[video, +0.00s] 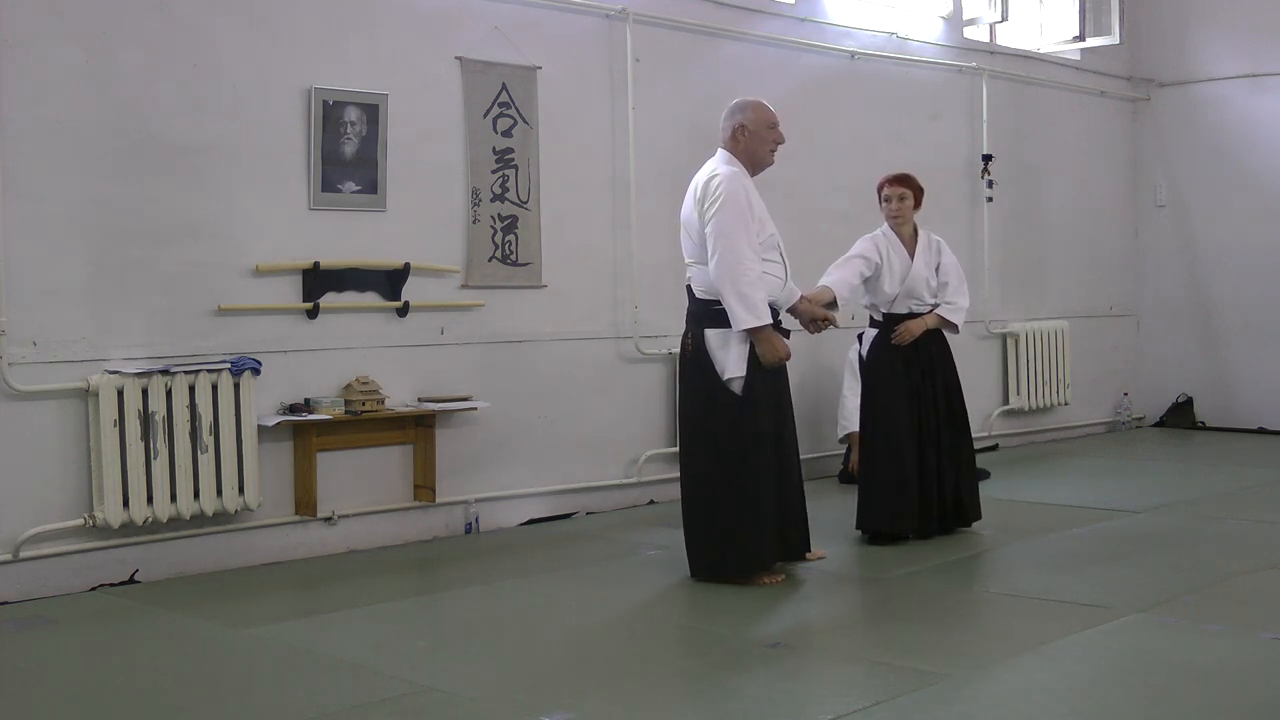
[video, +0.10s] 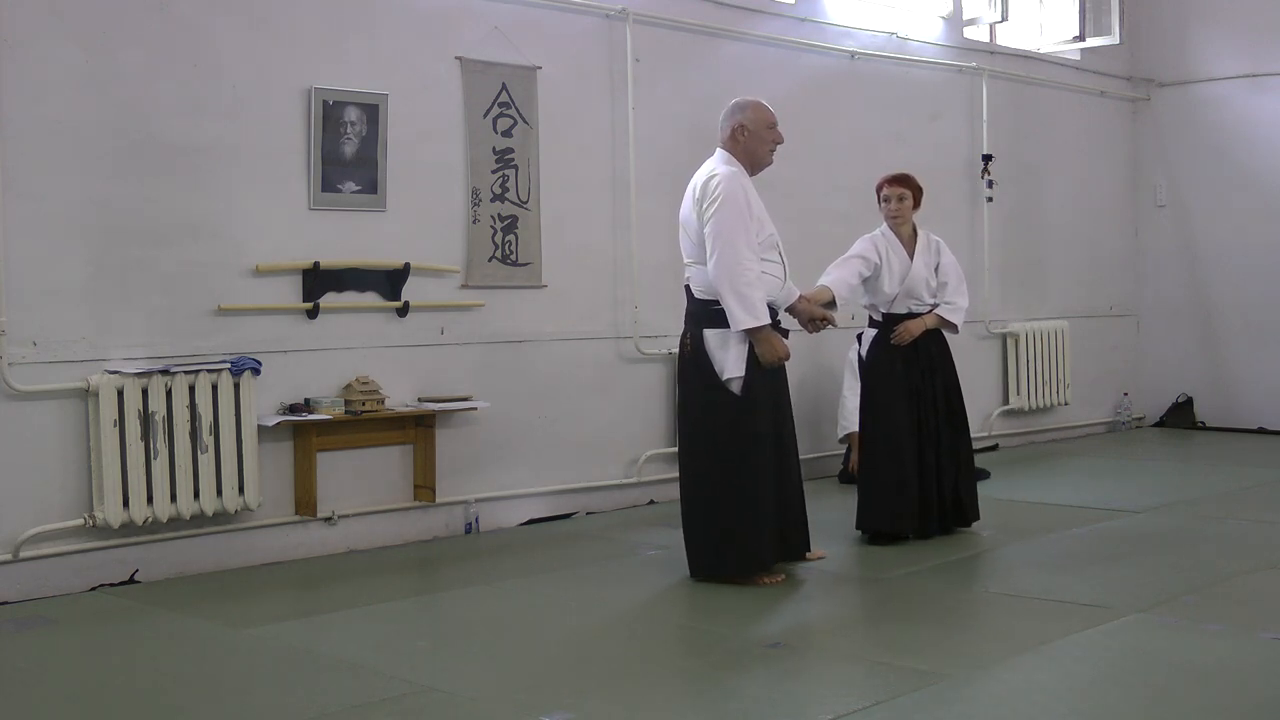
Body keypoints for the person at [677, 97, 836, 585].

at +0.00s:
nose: (780, 137)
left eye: (778, 129)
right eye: (771, 129)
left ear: (739, 133)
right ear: (740, 133)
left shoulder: (735, 181)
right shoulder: (725, 183)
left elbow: (757, 263)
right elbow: (732, 264)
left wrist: (797, 302)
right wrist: (761, 331)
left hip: (748, 327)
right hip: (725, 331)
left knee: (769, 440)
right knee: (733, 448)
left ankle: (780, 541)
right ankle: (735, 560)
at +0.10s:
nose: (779, 138)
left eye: (777, 129)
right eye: (771, 129)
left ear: (739, 133)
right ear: (740, 133)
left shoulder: (732, 180)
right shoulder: (724, 183)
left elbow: (753, 264)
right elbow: (730, 265)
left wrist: (795, 302)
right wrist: (760, 331)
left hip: (745, 327)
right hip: (725, 331)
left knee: (767, 440)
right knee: (733, 448)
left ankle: (778, 541)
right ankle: (734, 561)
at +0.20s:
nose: (778, 138)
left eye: (776, 129)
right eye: (770, 129)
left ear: (738, 133)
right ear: (739, 133)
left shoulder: (730, 180)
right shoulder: (724, 183)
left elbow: (753, 263)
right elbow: (729, 266)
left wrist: (795, 302)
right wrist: (759, 332)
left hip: (745, 326)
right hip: (724, 330)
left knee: (766, 440)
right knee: (733, 448)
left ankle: (777, 541)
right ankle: (734, 560)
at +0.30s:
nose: (777, 138)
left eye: (775, 130)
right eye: (769, 130)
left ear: (737, 133)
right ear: (739, 134)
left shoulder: (730, 181)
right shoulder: (723, 184)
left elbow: (754, 263)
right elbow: (730, 266)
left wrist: (794, 302)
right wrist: (760, 331)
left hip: (744, 324)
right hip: (723, 329)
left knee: (766, 439)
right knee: (732, 448)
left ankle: (777, 542)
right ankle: (734, 561)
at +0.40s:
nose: (776, 138)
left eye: (774, 130)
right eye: (768, 130)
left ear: (736, 133)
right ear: (738, 134)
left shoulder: (729, 181)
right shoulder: (722, 184)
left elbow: (755, 264)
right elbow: (731, 268)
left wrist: (795, 302)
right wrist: (770, 325)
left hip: (744, 324)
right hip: (723, 328)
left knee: (767, 438)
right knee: (732, 447)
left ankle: (777, 542)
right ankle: (734, 561)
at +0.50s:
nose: (776, 138)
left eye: (773, 129)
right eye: (768, 129)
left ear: (736, 133)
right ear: (738, 134)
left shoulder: (727, 180)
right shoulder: (721, 183)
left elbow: (750, 263)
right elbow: (732, 268)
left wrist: (793, 301)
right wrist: (782, 311)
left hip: (747, 326)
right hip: (725, 330)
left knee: (766, 438)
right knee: (733, 447)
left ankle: (776, 541)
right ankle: (734, 561)